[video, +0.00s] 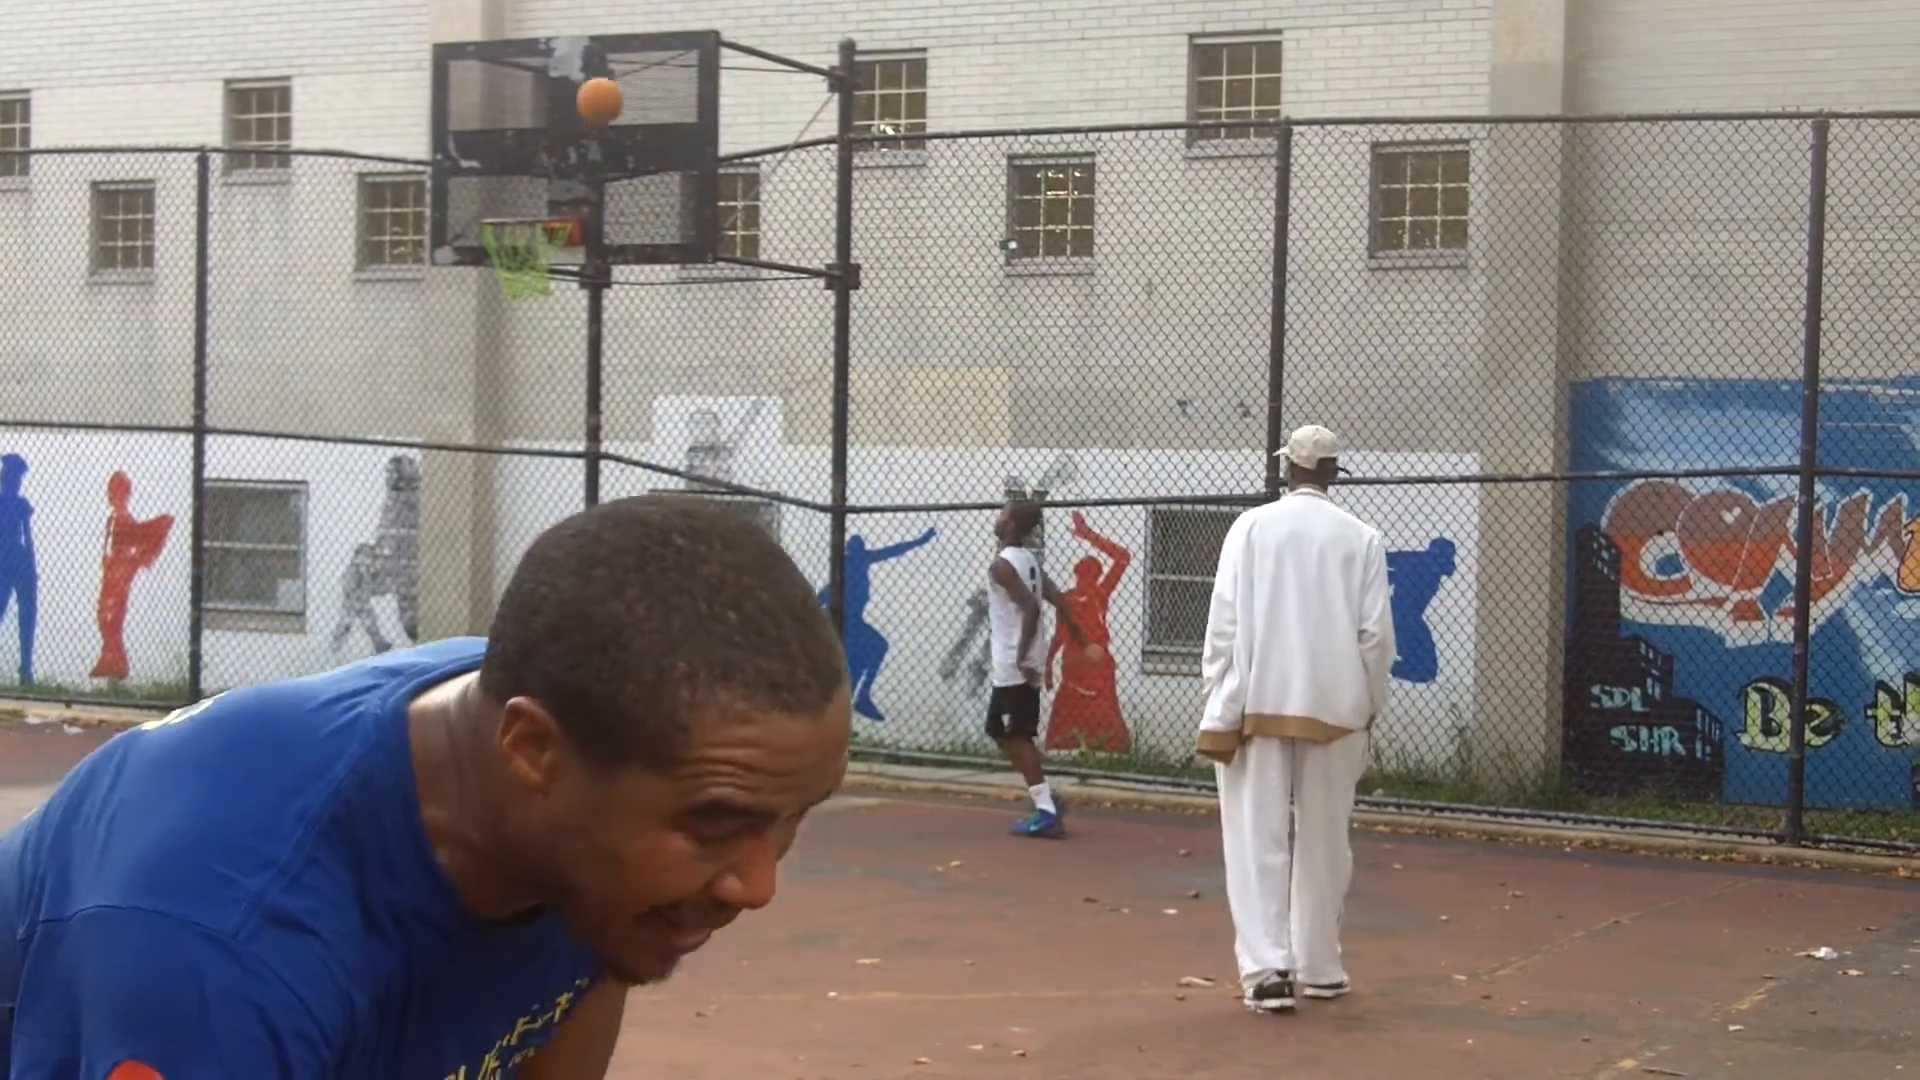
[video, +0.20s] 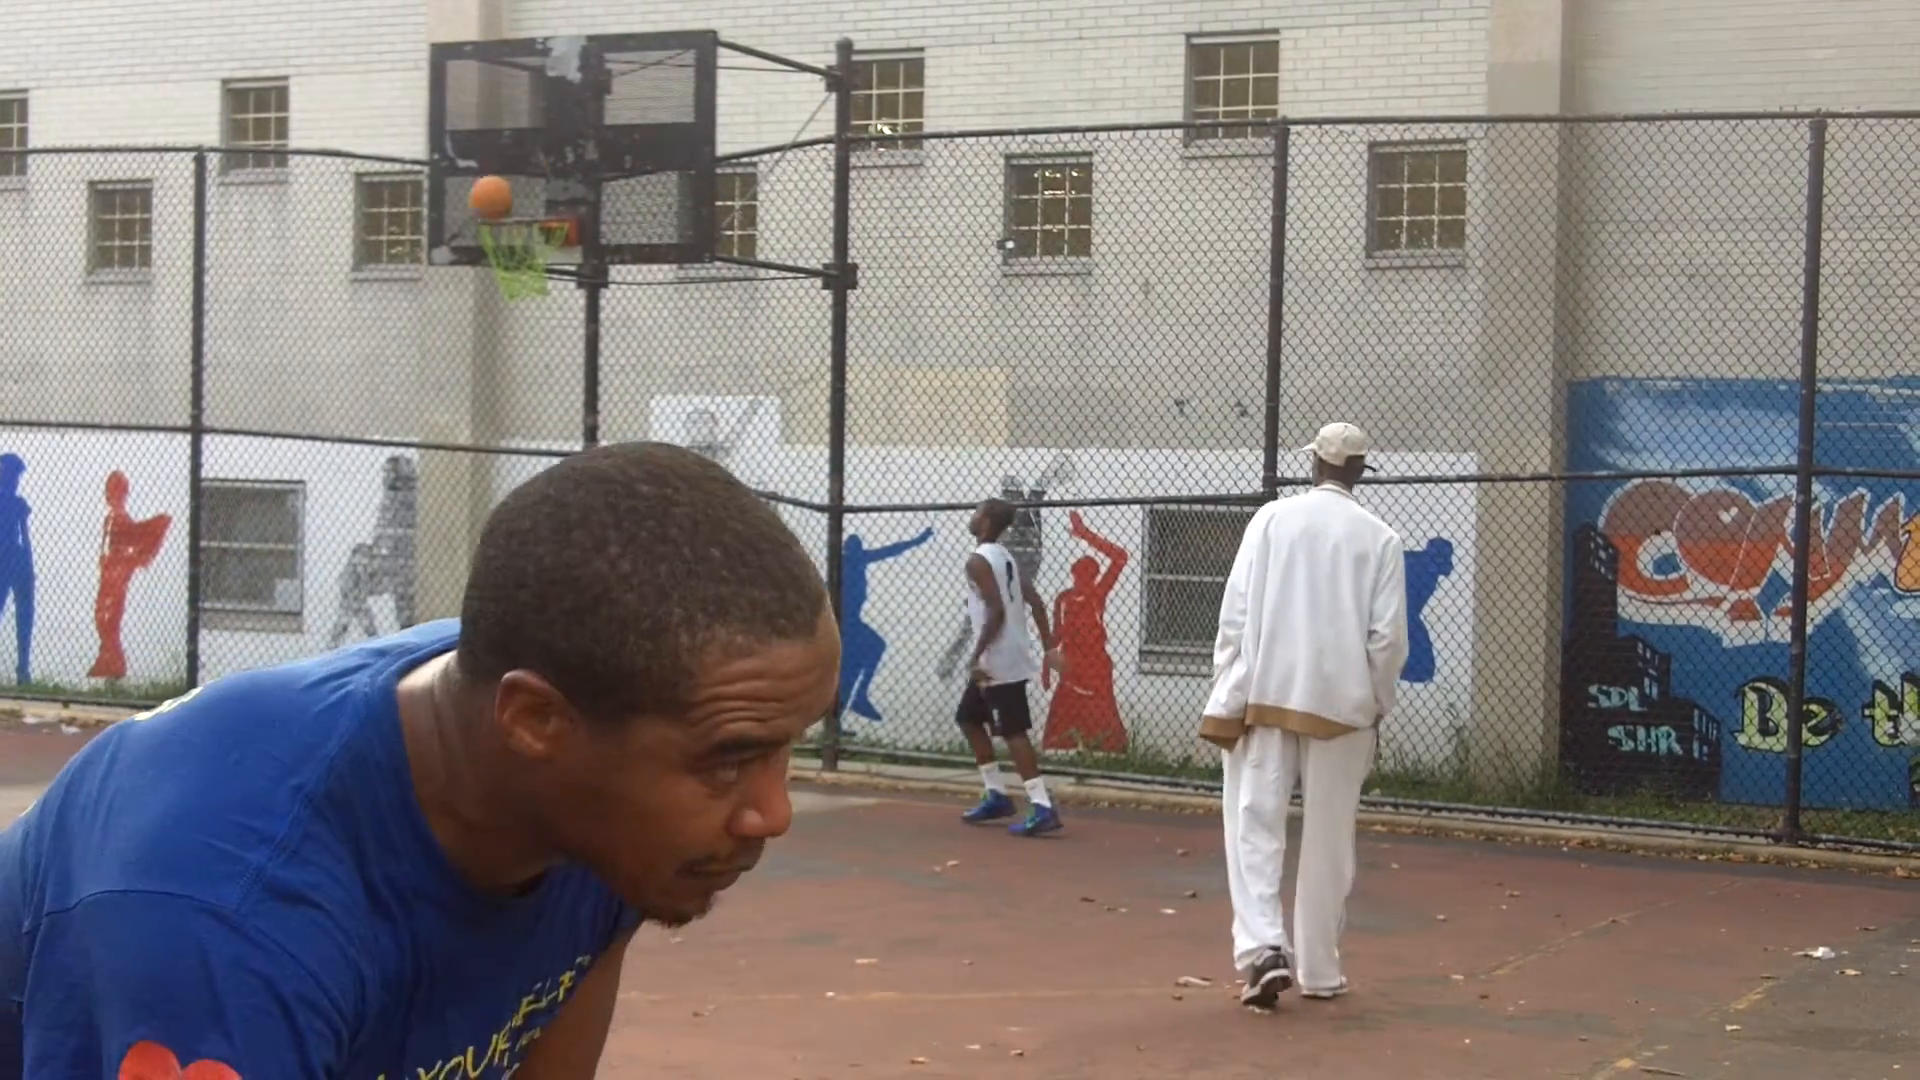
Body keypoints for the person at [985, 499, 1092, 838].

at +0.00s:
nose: (998, 518)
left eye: (1004, 515)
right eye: (1002, 513)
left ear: (1012, 526)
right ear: (1022, 529)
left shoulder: (1002, 565)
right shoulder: (1029, 561)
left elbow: (1031, 608)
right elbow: (1060, 599)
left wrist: (1022, 656)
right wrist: (1077, 634)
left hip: (1014, 670)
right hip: (1023, 669)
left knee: (1016, 737)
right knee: (999, 731)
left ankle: (1045, 809)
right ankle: (1046, 797)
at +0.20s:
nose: (972, 516)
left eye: (978, 513)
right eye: (976, 511)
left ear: (987, 522)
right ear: (997, 526)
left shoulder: (978, 561)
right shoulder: (1007, 558)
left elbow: (997, 612)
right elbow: (1037, 603)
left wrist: (976, 658)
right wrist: (1050, 647)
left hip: (999, 663)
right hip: (1007, 661)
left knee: (1013, 732)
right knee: (968, 718)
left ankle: (1042, 806)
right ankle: (995, 794)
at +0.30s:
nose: (958, 525)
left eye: (964, 521)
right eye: (962, 519)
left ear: (974, 530)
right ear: (982, 533)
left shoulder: (965, 569)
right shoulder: (994, 565)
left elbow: (966, 625)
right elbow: (1010, 619)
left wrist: (936, 662)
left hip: (984, 672)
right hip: (1000, 669)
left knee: (1007, 736)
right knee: (954, 722)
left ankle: (1040, 806)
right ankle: (986, 796)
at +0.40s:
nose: (943, 527)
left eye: (949, 523)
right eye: (946, 521)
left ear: (958, 532)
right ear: (968, 535)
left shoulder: (948, 569)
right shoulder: (978, 566)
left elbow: (944, 624)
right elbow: (982, 619)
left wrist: (906, 654)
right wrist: (955, 660)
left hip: (971, 673)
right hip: (981, 670)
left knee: (985, 738)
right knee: (949, 727)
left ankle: (1032, 797)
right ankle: (985, 797)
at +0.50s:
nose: (926, 517)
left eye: (930, 512)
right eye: (928, 511)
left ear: (939, 518)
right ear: (950, 521)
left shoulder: (931, 555)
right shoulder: (957, 553)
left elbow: (930, 609)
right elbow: (953, 614)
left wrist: (891, 632)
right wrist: (921, 640)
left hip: (948, 654)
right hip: (968, 650)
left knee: (947, 724)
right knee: (951, 724)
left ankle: (999, 775)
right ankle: (982, 792)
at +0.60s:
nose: (902, 505)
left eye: (906, 500)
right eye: (905, 500)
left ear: (916, 506)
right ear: (930, 509)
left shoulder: (912, 543)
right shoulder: (939, 541)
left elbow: (915, 595)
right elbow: (932, 598)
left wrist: (887, 625)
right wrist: (897, 629)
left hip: (925, 645)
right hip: (949, 643)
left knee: (912, 709)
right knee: (940, 711)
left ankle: (949, 779)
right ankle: (972, 778)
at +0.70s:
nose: (876, 515)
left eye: (879, 509)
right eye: (877, 509)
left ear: (890, 512)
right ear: (904, 514)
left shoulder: (889, 546)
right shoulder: (917, 544)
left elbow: (898, 598)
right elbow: (916, 601)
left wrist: (875, 636)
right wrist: (880, 634)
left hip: (904, 650)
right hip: (931, 648)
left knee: (876, 707)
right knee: (925, 713)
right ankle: (955, 787)